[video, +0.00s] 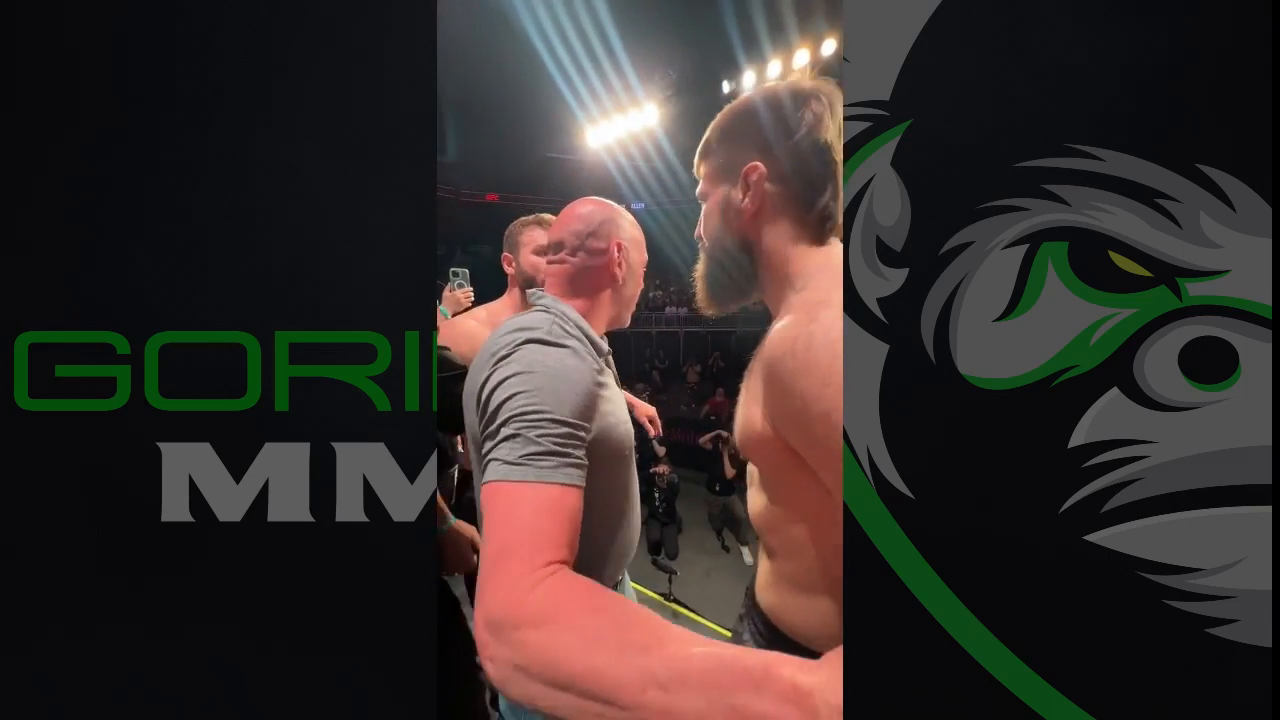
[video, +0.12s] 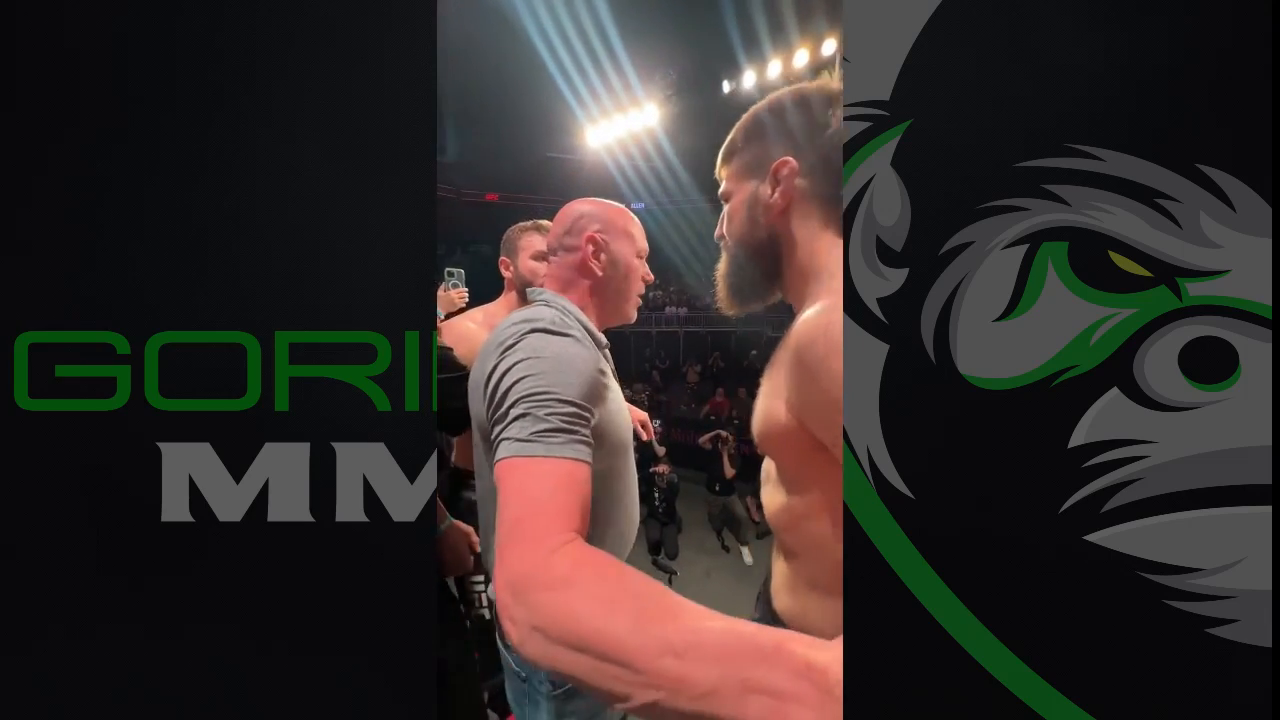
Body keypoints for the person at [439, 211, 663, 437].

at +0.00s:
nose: (554, 261)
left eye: (557, 251)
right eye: (541, 251)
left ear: (569, 257)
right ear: (509, 263)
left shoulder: (553, 323)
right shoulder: (465, 331)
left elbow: (579, 375)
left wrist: (630, 402)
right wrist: (444, 312)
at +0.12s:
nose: (550, 265)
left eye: (553, 255)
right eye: (539, 256)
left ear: (558, 262)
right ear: (507, 267)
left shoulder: (544, 328)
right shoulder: (462, 331)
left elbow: (565, 388)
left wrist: (617, 407)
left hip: (535, 481)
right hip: (479, 487)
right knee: (489, 607)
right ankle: (493, 696)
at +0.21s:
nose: (547, 268)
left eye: (551, 258)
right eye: (536, 258)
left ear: (558, 262)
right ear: (503, 267)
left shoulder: (539, 333)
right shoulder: (455, 334)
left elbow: (565, 398)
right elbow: (415, 432)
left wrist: (618, 417)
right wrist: (441, 522)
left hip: (530, 490)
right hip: (472, 497)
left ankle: (526, 701)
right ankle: (488, 702)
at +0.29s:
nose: (543, 268)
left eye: (547, 258)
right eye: (532, 257)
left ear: (554, 263)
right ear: (499, 265)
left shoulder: (539, 333)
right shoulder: (452, 332)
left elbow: (558, 408)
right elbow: (415, 431)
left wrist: (615, 432)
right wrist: (440, 523)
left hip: (525, 490)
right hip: (466, 497)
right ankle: (482, 700)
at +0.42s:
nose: (536, 264)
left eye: (540, 255)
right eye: (524, 254)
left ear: (548, 262)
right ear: (489, 263)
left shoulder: (534, 332)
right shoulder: (449, 330)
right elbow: (414, 434)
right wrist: (441, 527)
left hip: (526, 486)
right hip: (464, 493)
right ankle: (471, 689)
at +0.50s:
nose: (534, 264)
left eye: (538, 255)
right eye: (522, 254)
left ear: (545, 261)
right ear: (485, 261)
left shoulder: (530, 331)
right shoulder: (446, 331)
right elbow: (413, 436)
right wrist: (441, 529)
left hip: (521, 486)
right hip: (460, 495)